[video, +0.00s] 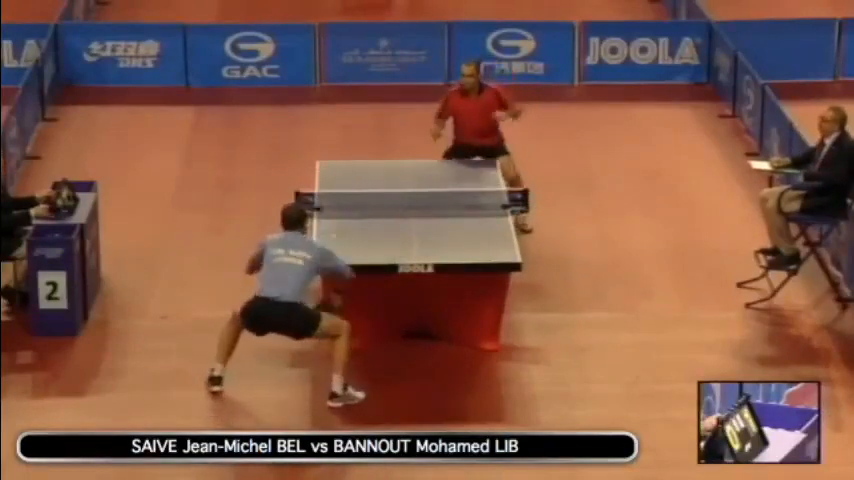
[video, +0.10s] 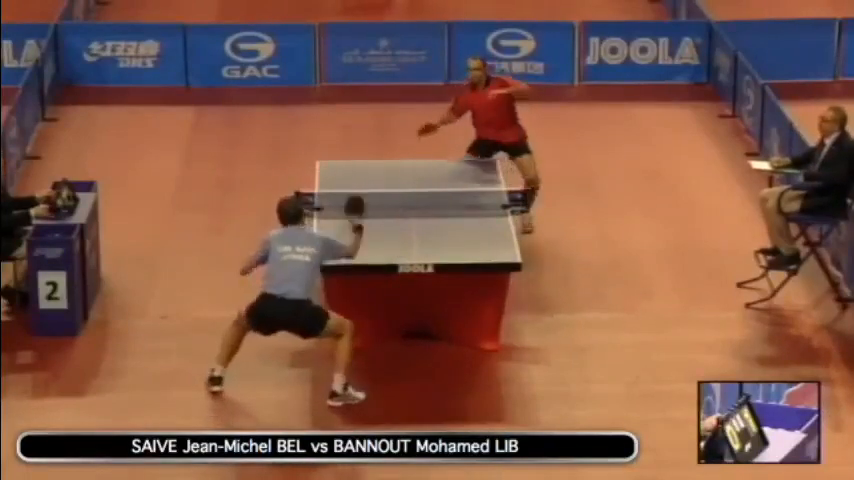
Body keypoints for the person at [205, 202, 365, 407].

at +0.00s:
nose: (307, 221)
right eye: (306, 219)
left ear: (282, 223)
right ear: (305, 223)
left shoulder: (270, 243)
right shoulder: (315, 249)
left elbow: (250, 269)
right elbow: (347, 274)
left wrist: (272, 253)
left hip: (260, 308)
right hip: (293, 313)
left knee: (236, 320)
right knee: (342, 328)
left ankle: (217, 372)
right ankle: (338, 389)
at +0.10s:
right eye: (302, 210)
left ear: (280, 218)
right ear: (302, 216)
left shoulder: (273, 240)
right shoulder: (317, 240)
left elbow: (245, 269)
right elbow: (350, 252)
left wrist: (261, 256)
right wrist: (358, 232)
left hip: (268, 306)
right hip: (300, 309)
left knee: (240, 324)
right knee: (345, 327)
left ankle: (217, 373)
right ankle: (339, 388)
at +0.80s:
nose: (349, 223)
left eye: (349, 218)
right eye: (348, 218)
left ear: (324, 215)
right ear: (344, 220)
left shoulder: (302, 238)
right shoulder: (337, 246)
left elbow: (282, 271)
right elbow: (345, 290)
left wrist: (280, 300)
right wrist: (376, 310)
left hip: (290, 308)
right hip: (319, 313)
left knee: (269, 348)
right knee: (369, 350)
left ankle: (237, 399)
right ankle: (377, 413)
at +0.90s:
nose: (391, 241)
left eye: (390, 237)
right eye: (390, 237)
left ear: (367, 234)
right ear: (383, 240)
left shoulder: (346, 249)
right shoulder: (368, 264)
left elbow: (318, 269)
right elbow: (385, 303)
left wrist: (295, 288)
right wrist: (422, 307)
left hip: (307, 316)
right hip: (331, 327)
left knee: (283, 353)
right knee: (384, 355)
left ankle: (240, 394)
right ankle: (377, 416)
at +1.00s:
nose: (413, 249)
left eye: (412, 244)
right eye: (411, 245)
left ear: (391, 243)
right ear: (401, 248)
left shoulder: (372, 252)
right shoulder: (387, 271)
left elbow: (346, 260)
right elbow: (417, 304)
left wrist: (324, 269)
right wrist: (457, 302)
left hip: (323, 312)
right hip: (345, 325)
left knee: (296, 352)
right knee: (394, 359)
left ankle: (251, 390)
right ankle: (378, 416)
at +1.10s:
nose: (430, 240)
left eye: (428, 236)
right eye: (429, 237)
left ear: (406, 234)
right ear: (423, 241)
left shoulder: (390, 241)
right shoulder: (412, 268)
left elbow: (360, 240)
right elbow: (449, 299)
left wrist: (379, 254)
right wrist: (484, 297)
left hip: (343, 304)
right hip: (363, 317)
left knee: (328, 348)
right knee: (400, 359)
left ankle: (286, 389)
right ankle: (379, 417)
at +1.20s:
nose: (439, 230)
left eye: (437, 225)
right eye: (438, 227)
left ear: (415, 222)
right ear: (433, 231)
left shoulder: (399, 230)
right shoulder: (420, 258)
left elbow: (370, 227)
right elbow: (454, 297)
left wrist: (393, 234)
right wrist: (490, 300)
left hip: (355, 297)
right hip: (378, 310)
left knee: (347, 342)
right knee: (406, 359)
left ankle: (314, 389)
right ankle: (385, 414)